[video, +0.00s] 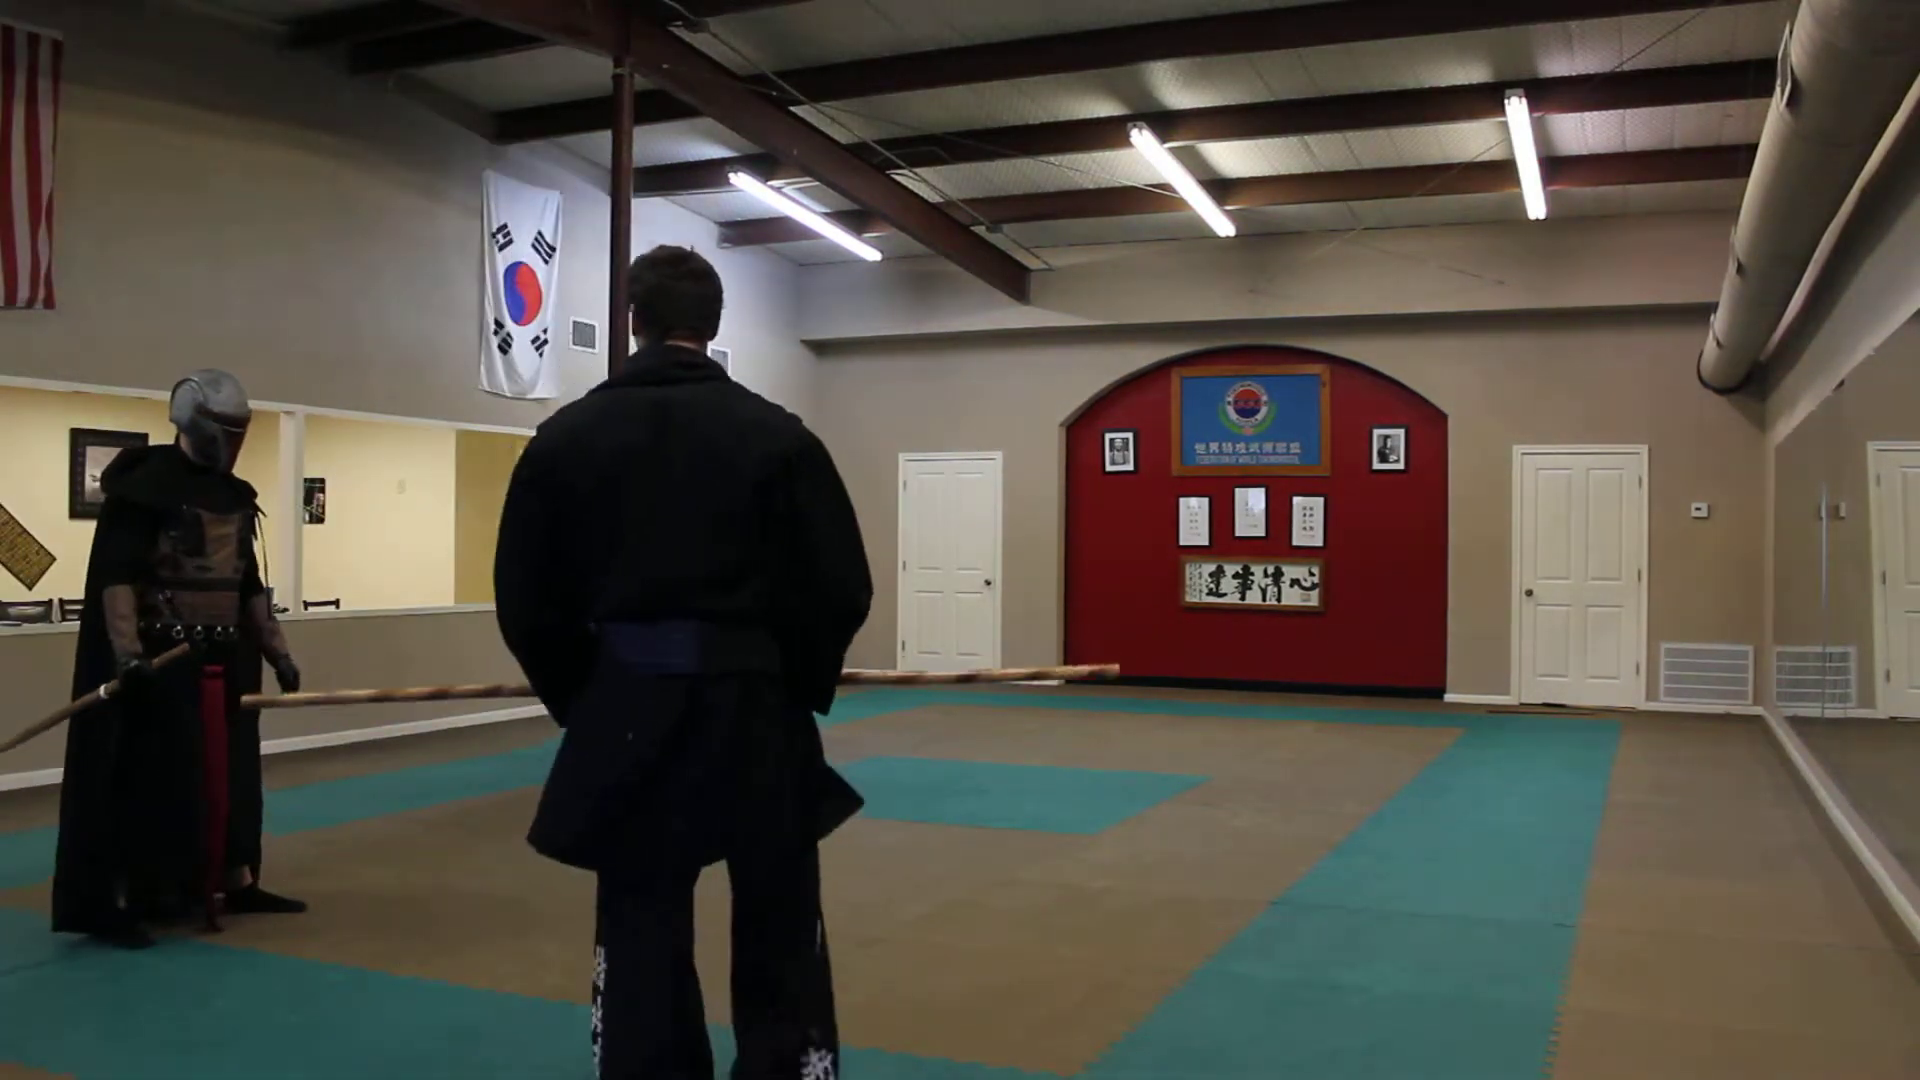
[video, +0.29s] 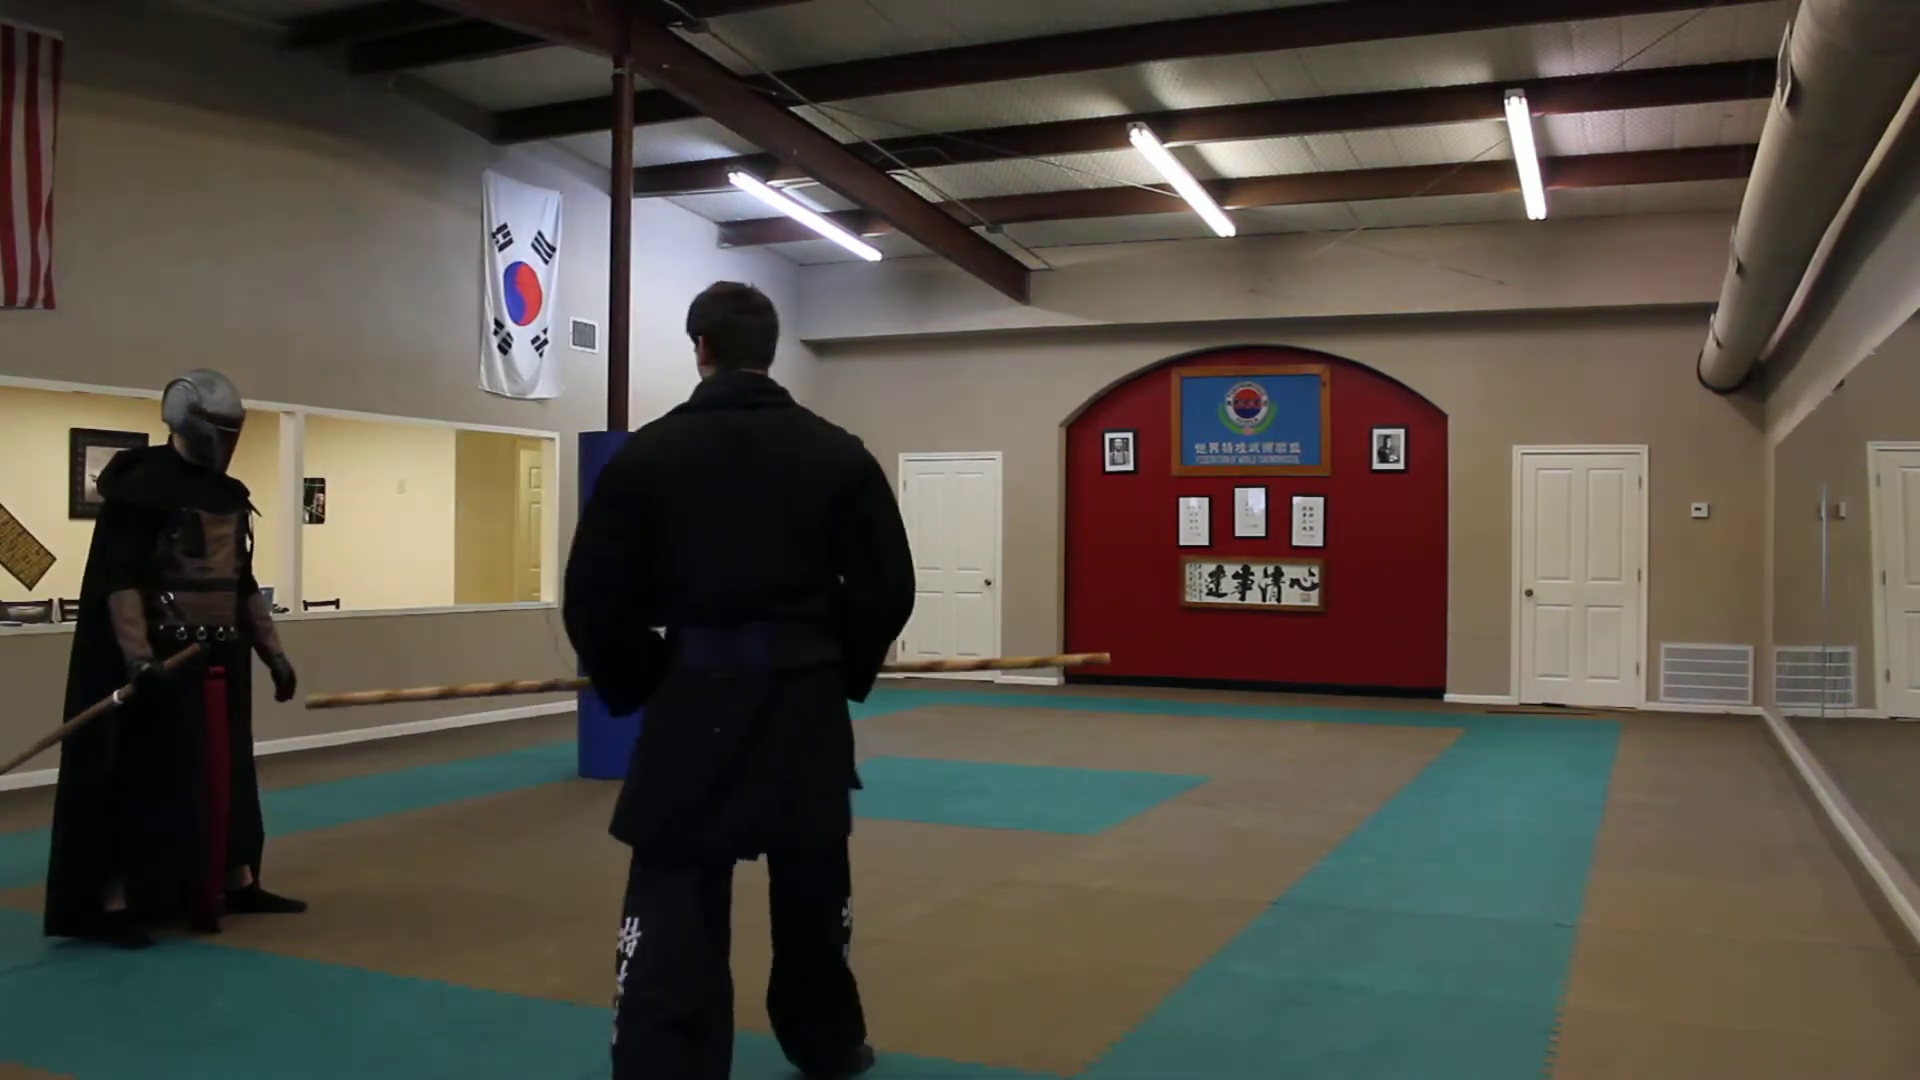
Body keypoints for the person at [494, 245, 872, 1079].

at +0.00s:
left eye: (632, 315)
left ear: (631, 324)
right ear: (717, 327)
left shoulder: (566, 438)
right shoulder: (780, 437)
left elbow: (524, 601)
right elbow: (843, 591)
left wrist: (591, 711)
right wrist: (793, 696)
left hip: (629, 732)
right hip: (762, 733)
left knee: (642, 952)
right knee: (781, 948)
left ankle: (649, 1074)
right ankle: (787, 1072)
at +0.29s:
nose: (696, 355)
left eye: (695, 344)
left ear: (700, 350)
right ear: (774, 352)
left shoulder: (645, 457)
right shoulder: (837, 453)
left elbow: (592, 599)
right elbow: (889, 587)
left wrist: (650, 683)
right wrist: (839, 671)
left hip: (690, 719)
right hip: (808, 720)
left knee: (675, 926)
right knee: (813, 910)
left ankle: (669, 1065)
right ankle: (828, 1056)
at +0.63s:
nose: (721, 368)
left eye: (720, 357)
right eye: (722, 356)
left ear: (735, 357)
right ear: (799, 355)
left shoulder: (699, 453)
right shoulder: (865, 446)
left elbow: (656, 595)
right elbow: (897, 567)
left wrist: (690, 674)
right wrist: (853, 648)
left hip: (737, 692)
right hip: (842, 694)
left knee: (730, 864)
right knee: (839, 875)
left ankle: (725, 1027)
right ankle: (835, 1046)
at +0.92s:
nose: (693, 383)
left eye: (692, 372)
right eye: (694, 371)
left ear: (707, 372)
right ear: (763, 369)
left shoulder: (681, 468)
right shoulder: (833, 458)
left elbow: (638, 600)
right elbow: (858, 576)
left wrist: (656, 676)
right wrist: (814, 637)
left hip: (720, 683)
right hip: (813, 682)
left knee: (718, 842)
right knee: (816, 845)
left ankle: (729, 997)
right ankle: (841, 1004)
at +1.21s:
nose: (678, 391)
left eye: (678, 379)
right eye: (677, 379)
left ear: (695, 379)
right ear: (743, 373)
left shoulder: (689, 469)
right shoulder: (815, 456)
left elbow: (639, 588)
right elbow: (837, 556)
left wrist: (644, 654)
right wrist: (799, 610)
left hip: (723, 671)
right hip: (799, 665)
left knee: (716, 830)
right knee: (799, 810)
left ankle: (735, 996)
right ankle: (829, 955)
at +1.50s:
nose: (692, 416)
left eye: (694, 403)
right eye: (690, 404)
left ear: (721, 398)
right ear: (744, 396)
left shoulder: (743, 468)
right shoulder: (807, 459)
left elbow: (709, 572)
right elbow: (804, 569)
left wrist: (667, 650)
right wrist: (713, 622)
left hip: (774, 662)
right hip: (824, 654)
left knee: (743, 816)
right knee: (817, 803)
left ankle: (737, 987)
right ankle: (825, 941)